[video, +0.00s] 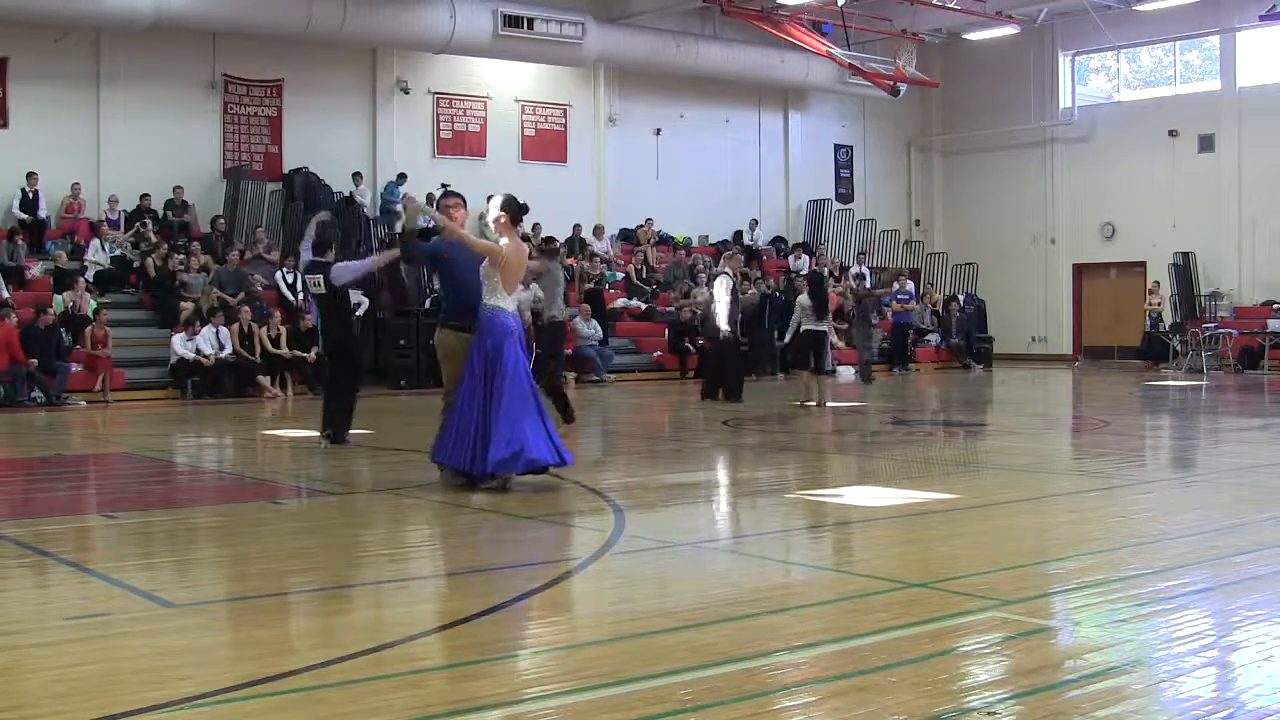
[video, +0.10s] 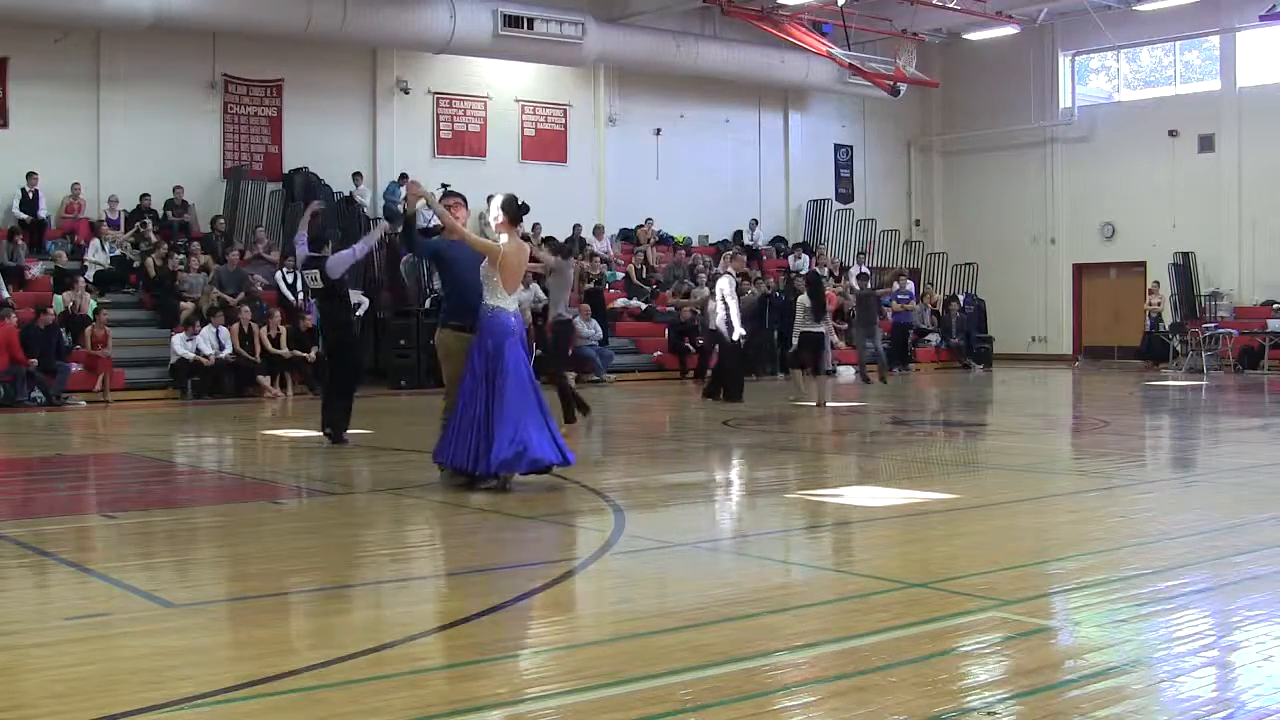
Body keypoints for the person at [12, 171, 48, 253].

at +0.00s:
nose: (36, 181)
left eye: (37, 179)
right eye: (34, 179)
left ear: (38, 180)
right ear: (28, 180)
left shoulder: (39, 193)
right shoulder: (20, 192)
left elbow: (42, 208)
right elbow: (14, 210)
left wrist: (41, 216)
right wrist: (25, 217)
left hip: (36, 217)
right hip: (24, 218)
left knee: (43, 224)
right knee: (33, 225)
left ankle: (40, 248)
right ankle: (32, 248)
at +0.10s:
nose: (36, 181)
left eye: (37, 179)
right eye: (34, 179)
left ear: (38, 180)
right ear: (28, 180)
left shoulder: (39, 193)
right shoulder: (20, 192)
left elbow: (42, 208)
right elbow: (14, 210)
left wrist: (41, 216)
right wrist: (25, 217)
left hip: (36, 217)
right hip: (24, 218)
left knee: (43, 223)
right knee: (33, 225)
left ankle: (40, 247)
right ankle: (32, 248)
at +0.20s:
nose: (36, 181)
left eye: (37, 179)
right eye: (34, 179)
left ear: (38, 180)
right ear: (28, 180)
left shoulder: (39, 193)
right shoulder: (20, 192)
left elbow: (42, 208)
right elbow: (14, 209)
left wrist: (41, 216)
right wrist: (25, 217)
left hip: (36, 217)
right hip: (24, 217)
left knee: (43, 223)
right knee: (33, 225)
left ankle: (40, 247)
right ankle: (32, 248)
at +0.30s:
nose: (36, 181)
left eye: (37, 179)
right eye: (34, 179)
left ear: (37, 180)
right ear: (28, 180)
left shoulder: (39, 193)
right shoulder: (20, 192)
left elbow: (42, 208)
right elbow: (14, 209)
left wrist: (41, 216)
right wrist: (25, 217)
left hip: (36, 217)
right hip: (24, 217)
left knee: (42, 224)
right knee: (32, 225)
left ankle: (40, 247)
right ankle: (32, 247)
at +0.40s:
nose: (36, 181)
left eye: (36, 179)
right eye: (34, 179)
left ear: (37, 180)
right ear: (28, 180)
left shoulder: (39, 193)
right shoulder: (20, 192)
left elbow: (42, 208)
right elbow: (14, 209)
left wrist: (42, 216)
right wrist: (25, 217)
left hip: (36, 217)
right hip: (25, 217)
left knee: (42, 224)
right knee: (32, 226)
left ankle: (40, 247)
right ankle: (31, 247)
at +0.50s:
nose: (35, 181)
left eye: (36, 179)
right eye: (33, 179)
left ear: (37, 180)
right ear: (27, 180)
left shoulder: (39, 193)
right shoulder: (20, 192)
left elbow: (42, 208)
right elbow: (14, 209)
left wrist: (42, 216)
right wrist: (25, 217)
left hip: (36, 217)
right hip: (25, 217)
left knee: (42, 223)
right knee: (32, 226)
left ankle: (40, 247)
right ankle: (31, 247)